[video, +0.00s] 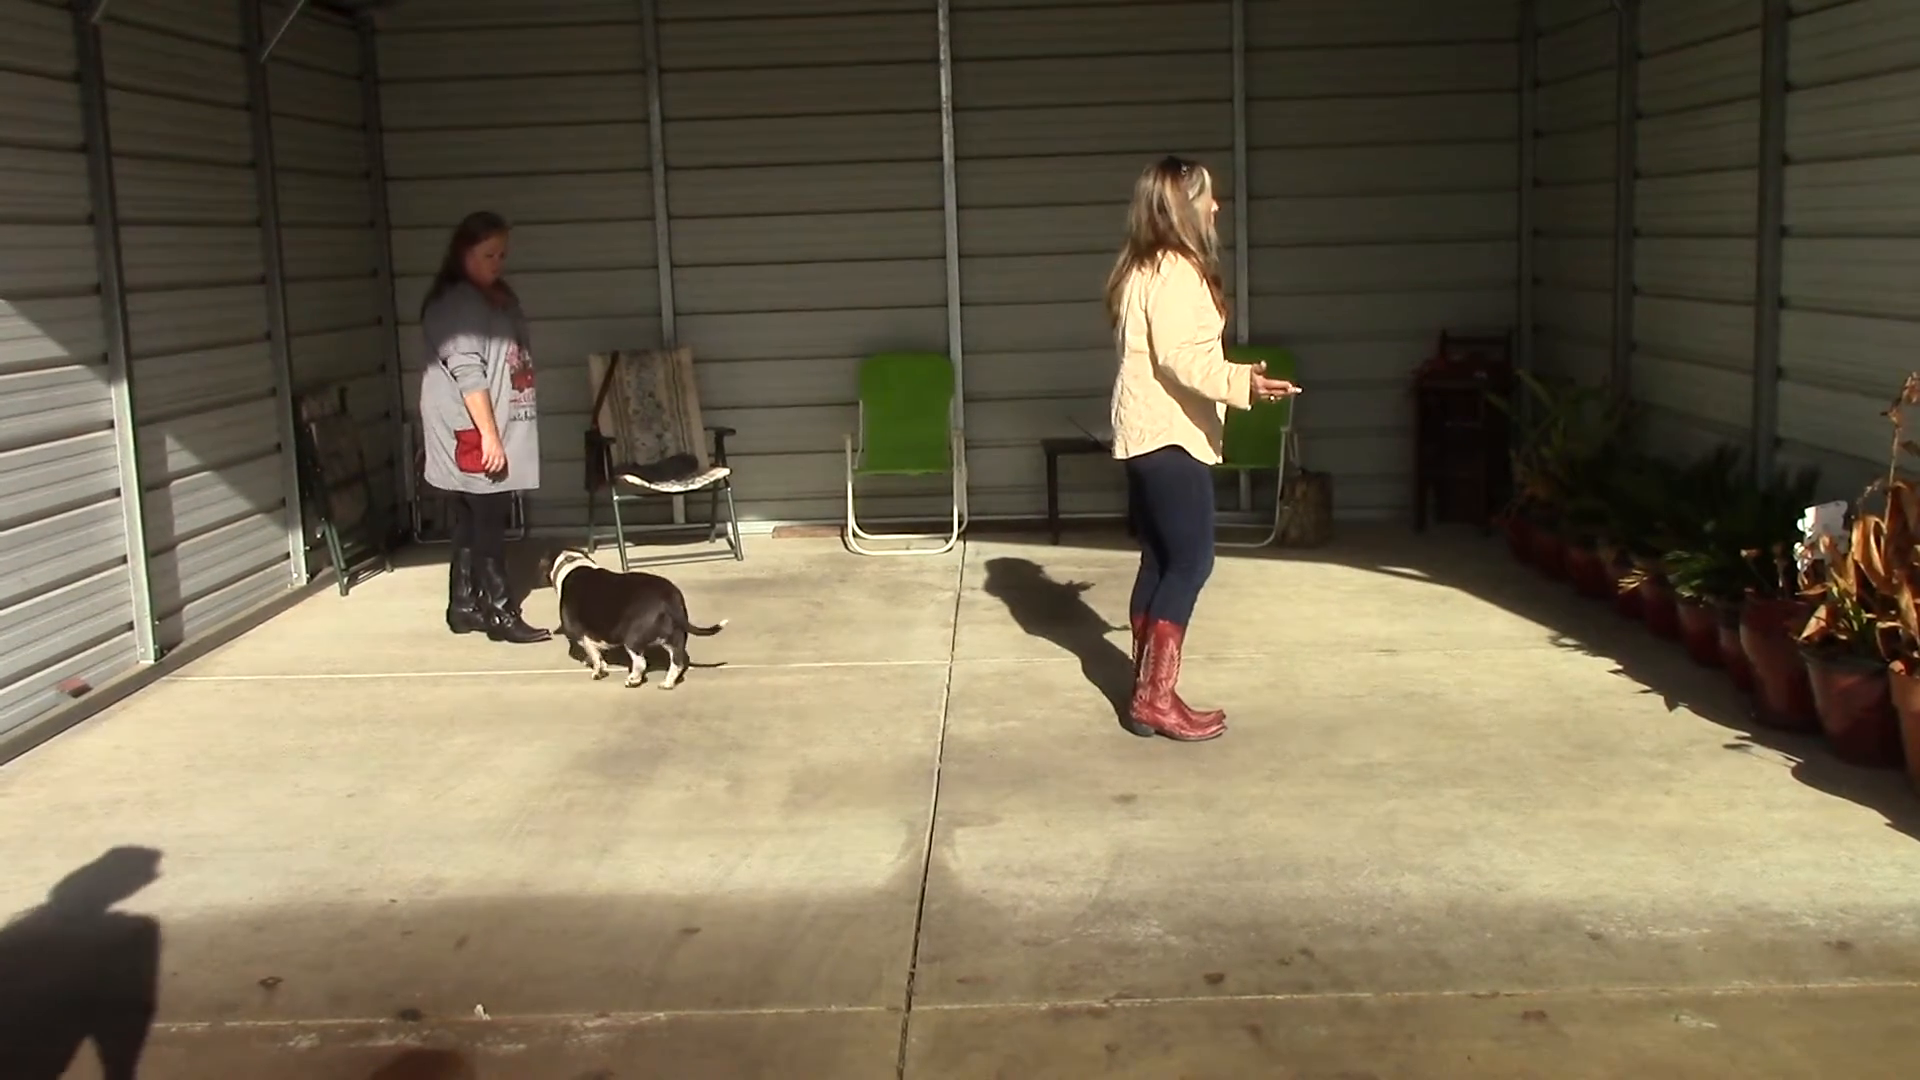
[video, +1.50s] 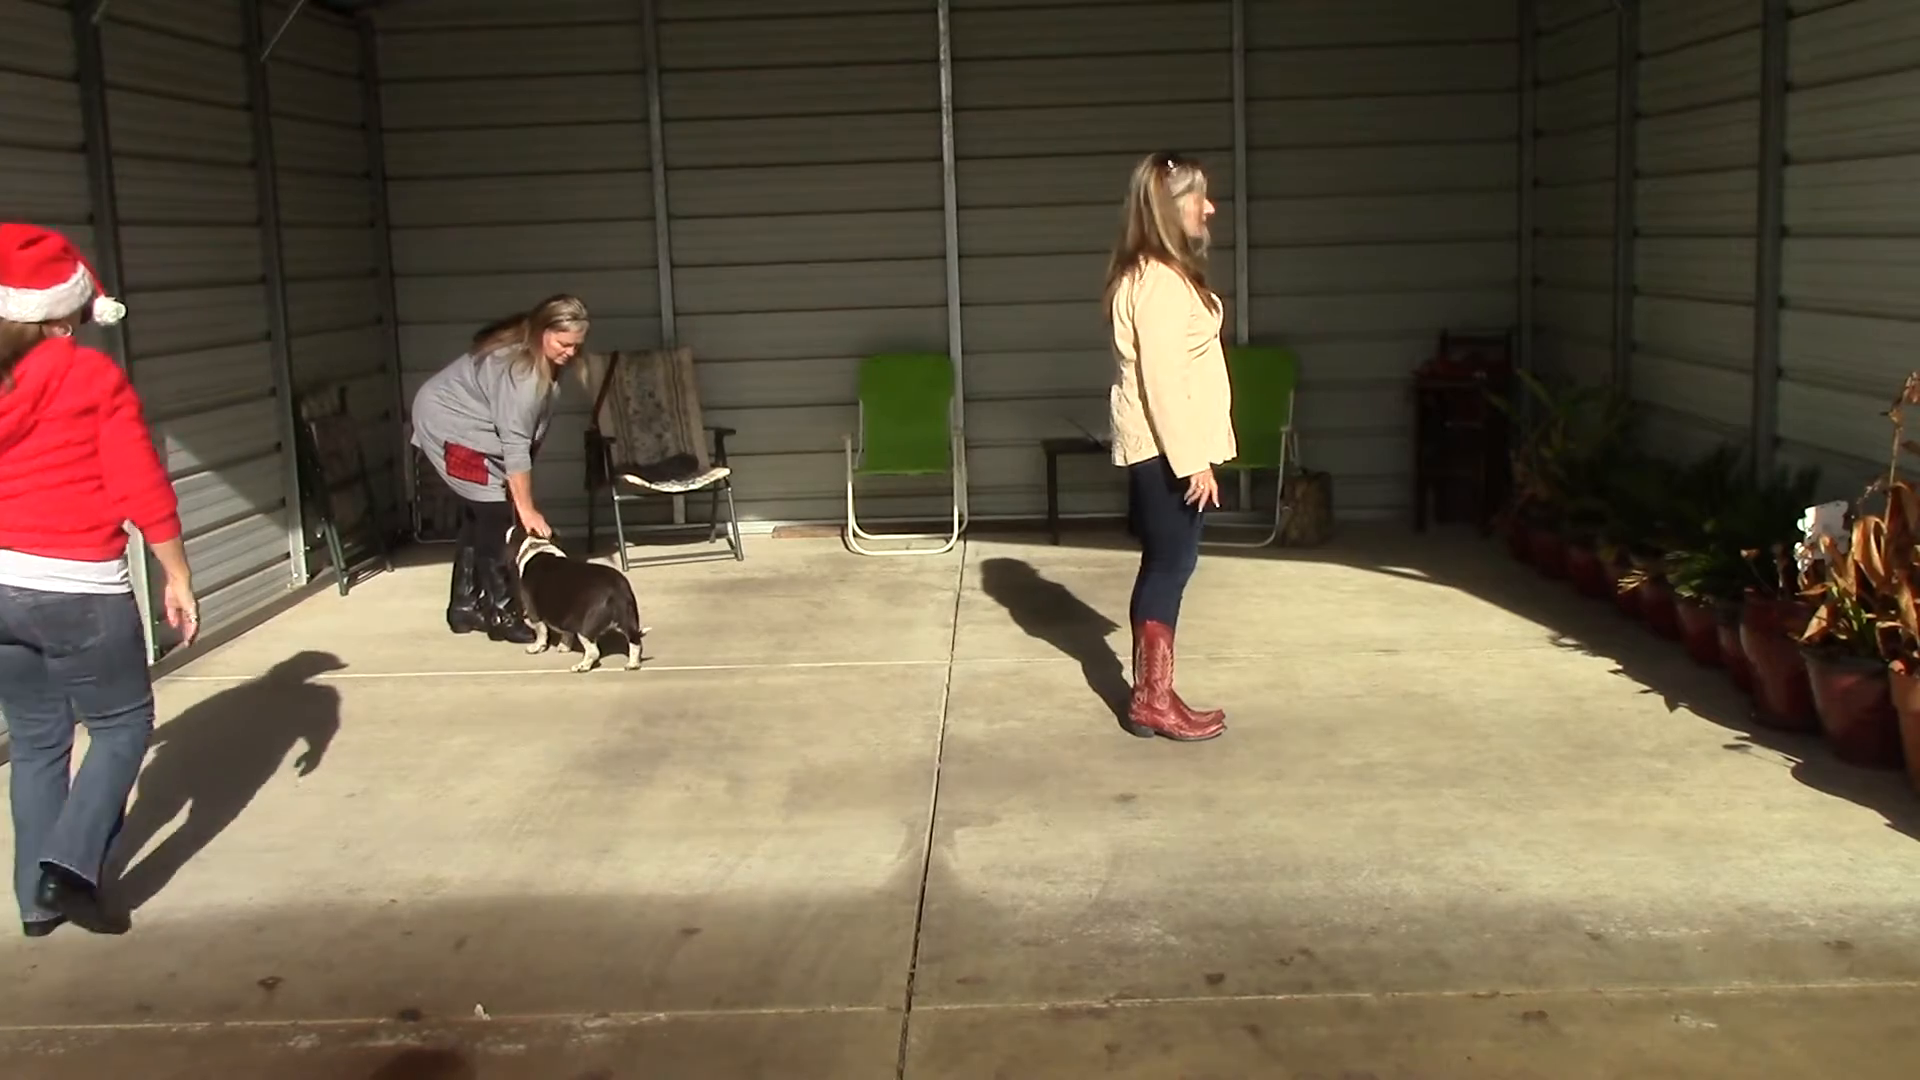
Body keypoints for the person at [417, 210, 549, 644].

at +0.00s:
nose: (497, 265)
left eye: (501, 256)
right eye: (489, 256)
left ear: (503, 256)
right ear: (465, 255)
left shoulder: (497, 300)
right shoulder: (455, 305)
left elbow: (502, 367)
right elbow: (468, 377)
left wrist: (509, 429)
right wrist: (489, 435)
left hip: (485, 429)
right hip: (469, 432)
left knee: (471, 515)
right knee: (489, 517)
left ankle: (464, 604)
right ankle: (497, 610)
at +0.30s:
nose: (522, 289)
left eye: (527, 280)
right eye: (514, 280)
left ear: (531, 279)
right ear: (489, 278)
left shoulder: (518, 317)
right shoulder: (479, 327)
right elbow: (483, 401)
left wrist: (513, 444)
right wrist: (505, 461)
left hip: (484, 424)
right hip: (455, 427)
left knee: (481, 509)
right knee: (490, 509)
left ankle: (463, 603)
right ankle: (500, 610)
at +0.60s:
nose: (551, 333)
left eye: (557, 327)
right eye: (543, 324)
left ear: (564, 323)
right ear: (522, 313)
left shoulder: (536, 350)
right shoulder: (505, 354)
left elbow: (529, 421)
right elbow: (504, 430)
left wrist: (514, 475)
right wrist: (521, 499)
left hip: (473, 423)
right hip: (444, 424)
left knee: (483, 506)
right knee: (494, 507)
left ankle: (464, 603)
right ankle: (501, 610)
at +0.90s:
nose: (564, 357)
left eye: (571, 350)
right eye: (558, 348)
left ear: (578, 344)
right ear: (538, 336)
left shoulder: (532, 362)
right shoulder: (520, 375)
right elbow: (511, 449)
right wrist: (529, 516)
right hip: (444, 420)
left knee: (483, 505)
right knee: (494, 508)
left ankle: (465, 605)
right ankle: (502, 611)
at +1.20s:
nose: (569, 354)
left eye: (576, 347)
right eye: (563, 345)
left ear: (582, 342)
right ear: (542, 333)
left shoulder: (539, 361)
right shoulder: (519, 370)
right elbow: (512, 445)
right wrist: (530, 510)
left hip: (463, 416)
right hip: (445, 417)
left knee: (482, 506)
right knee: (494, 507)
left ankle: (464, 605)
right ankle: (501, 611)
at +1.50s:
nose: (569, 353)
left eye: (575, 346)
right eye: (563, 344)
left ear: (581, 340)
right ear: (542, 332)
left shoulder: (540, 362)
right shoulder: (521, 371)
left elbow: (534, 429)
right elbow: (514, 443)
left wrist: (517, 483)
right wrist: (527, 509)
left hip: (461, 417)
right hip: (445, 419)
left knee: (483, 506)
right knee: (495, 508)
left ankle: (464, 606)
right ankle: (500, 612)